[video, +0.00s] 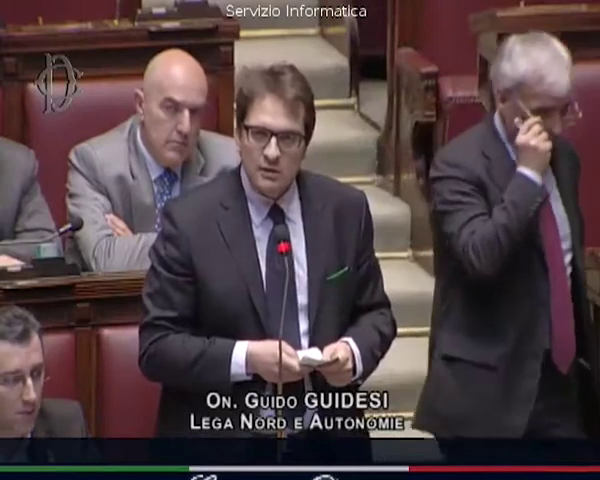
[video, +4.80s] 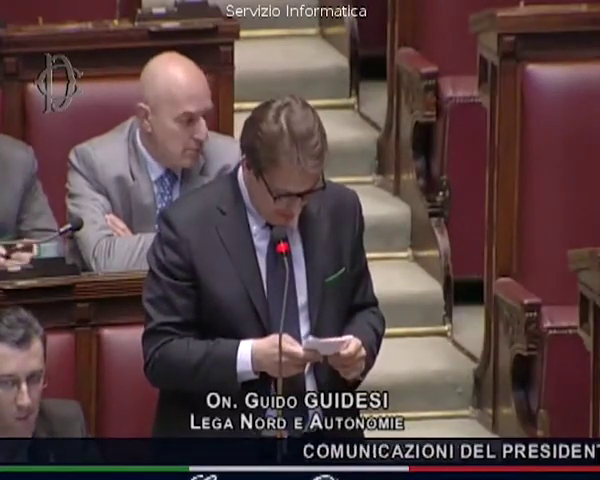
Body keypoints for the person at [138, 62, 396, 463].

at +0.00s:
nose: (272, 153)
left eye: (288, 138)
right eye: (258, 134)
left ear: (307, 141)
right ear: (238, 134)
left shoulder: (347, 209)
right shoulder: (188, 218)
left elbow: (377, 314)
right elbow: (156, 347)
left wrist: (352, 352)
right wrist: (246, 357)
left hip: (326, 438)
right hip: (219, 441)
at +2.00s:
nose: (290, 199)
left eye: (299, 182)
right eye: (276, 185)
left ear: (309, 162)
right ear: (238, 167)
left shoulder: (328, 203)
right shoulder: (178, 227)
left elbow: (354, 303)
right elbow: (154, 359)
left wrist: (352, 341)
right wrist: (247, 358)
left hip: (321, 439)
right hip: (217, 444)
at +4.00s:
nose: (296, 207)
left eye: (308, 191)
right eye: (283, 193)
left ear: (319, 168)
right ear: (247, 168)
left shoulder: (341, 208)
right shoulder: (186, 223)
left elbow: (368, 311)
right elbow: (161, 355)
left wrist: (359, 345)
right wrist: (250, 357)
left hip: (323, 441)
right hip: (220, 445)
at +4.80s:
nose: (295, 209)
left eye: (309, 194)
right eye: (283, 196)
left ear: (321, 171)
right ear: (247, 170)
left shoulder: (340, 208)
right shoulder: (186, 223)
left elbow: (365, 309)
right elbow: (161, 355)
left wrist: (358, 345)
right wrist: (250, 357)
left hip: (323, 441)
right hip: (219, 442)